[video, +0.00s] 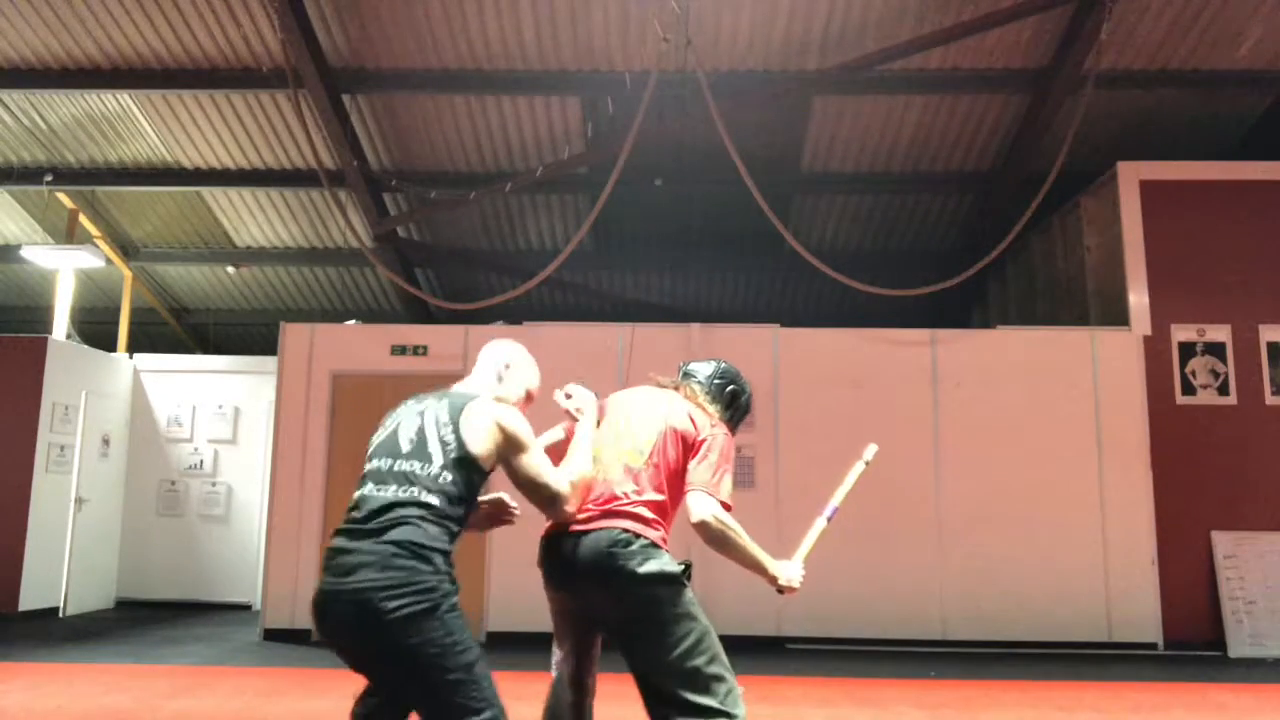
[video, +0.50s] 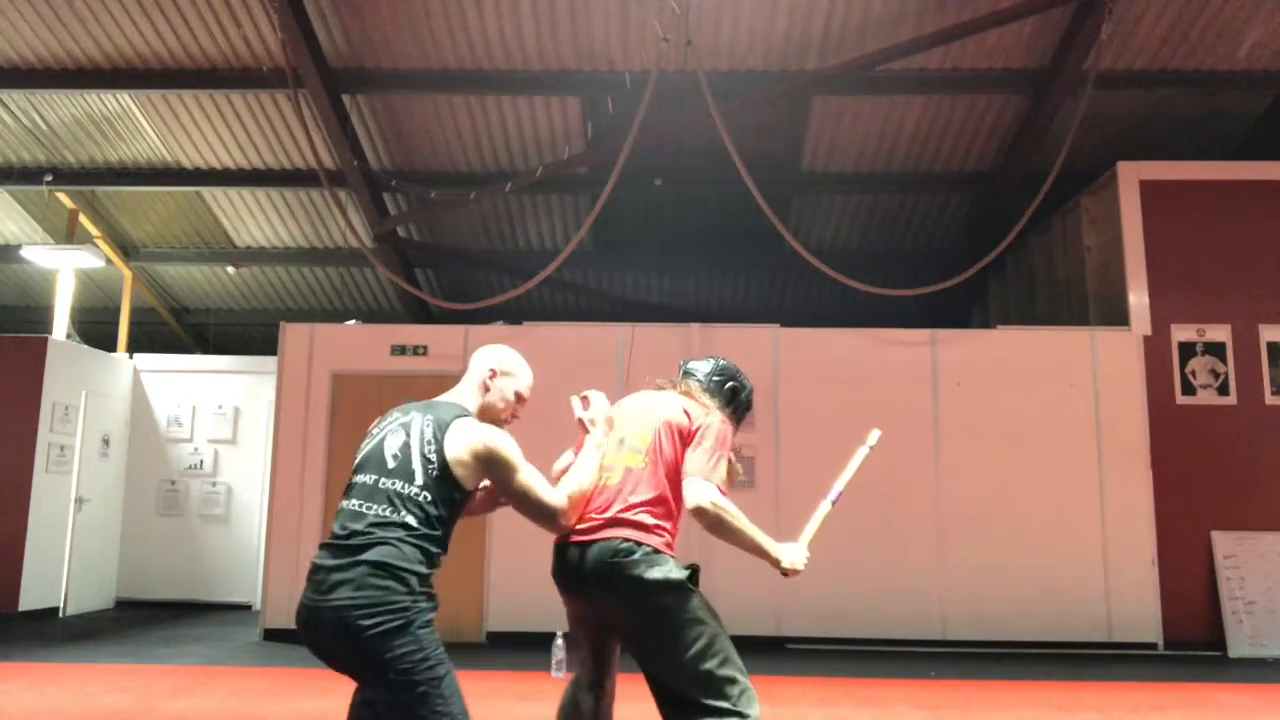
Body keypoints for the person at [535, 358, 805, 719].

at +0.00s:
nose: (728, 427)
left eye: (733, 422)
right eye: (731, 420)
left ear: (684, 383)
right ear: (724, 404)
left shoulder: (612, 402)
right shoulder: (709, 428)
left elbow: (537, 451)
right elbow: (704, 515)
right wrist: (773, 569)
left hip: (561, 549)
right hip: (627, 550)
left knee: (570, 678)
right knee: (713, 698)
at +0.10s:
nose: (730, 429)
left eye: (735, 423)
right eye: (733, 421)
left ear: (686, 385)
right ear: (725, 403)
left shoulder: (615, 403)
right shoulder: (709, 427)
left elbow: (540, 456)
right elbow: (705, 515)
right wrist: (776, 568)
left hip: (562, 552)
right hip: (627, 554)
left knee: (575, 680)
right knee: (719, 701)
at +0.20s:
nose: (731, 430)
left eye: (736, 424)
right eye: (734, 422)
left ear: (685, 385)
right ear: (726, 404)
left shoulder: (618, 403)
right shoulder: (709, 427)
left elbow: (547, 455)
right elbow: (704, 515)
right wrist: (776, 568)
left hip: (563, 554)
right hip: (628, 557)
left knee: (579, 680)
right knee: (721, 701)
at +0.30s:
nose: (731, 431)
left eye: (736, 425)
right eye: (733, 423)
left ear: (685, 384)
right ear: (724, 402)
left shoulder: (619, 406)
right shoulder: (709, 424)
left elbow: (552, 462)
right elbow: (703, 511)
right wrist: (775, 563)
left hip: (565, 557)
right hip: (629, 558)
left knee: (582, 688)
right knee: (724, 701)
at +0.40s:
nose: (731, 429)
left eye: (735, 423)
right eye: (733, 420)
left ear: (685, 384)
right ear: (724, 401)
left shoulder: (621, 407)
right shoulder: (709, 422)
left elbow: (555, 465)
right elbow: (702, 507)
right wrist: (775, 559)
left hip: (567, 558)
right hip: (631, 558)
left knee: (584, 688)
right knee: (725, 700)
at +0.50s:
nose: (731, 429)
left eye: (736, 422)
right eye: (733, 420)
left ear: (685, 382)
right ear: (724, 398)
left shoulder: (621, 408)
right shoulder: (709, 418)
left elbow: (560, 471)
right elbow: (701, 500)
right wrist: (775, 550)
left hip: (571, 558)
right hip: (634, 559)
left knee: (590, 686)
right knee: (729, 700)